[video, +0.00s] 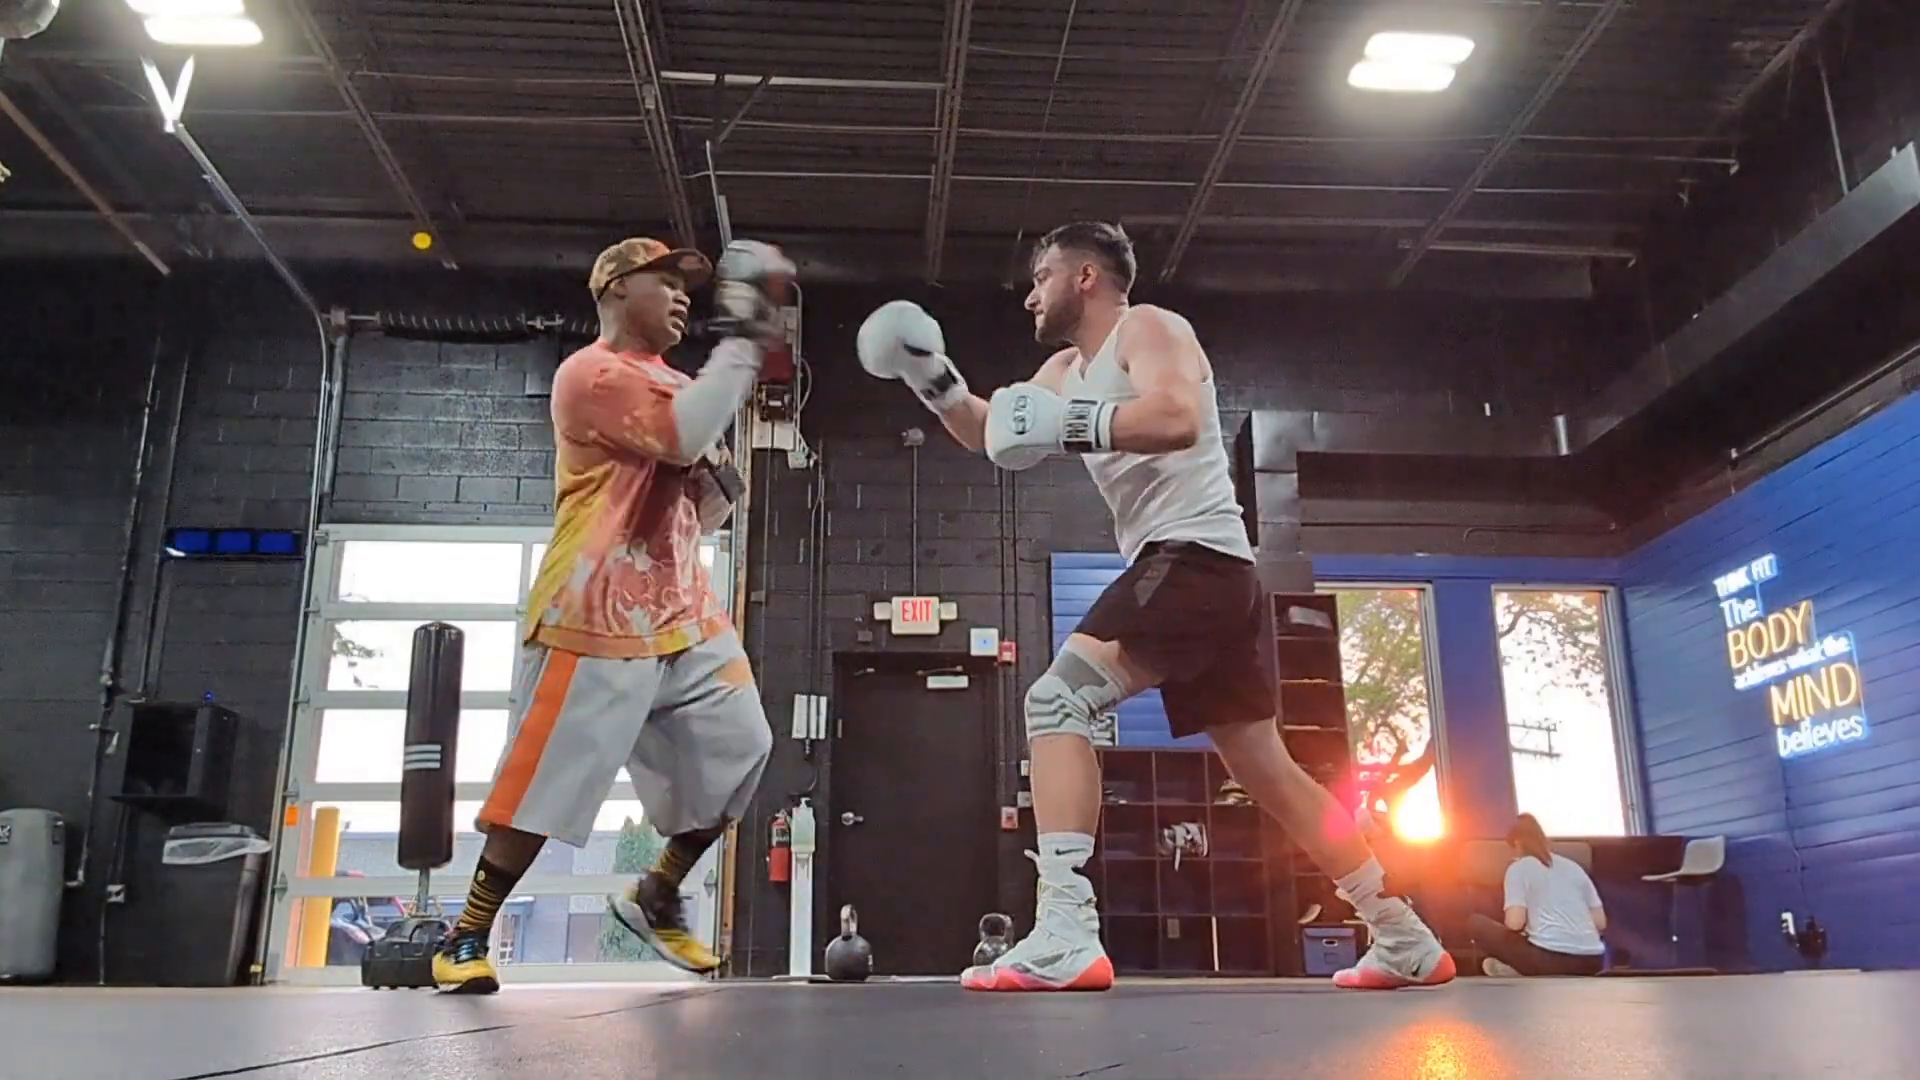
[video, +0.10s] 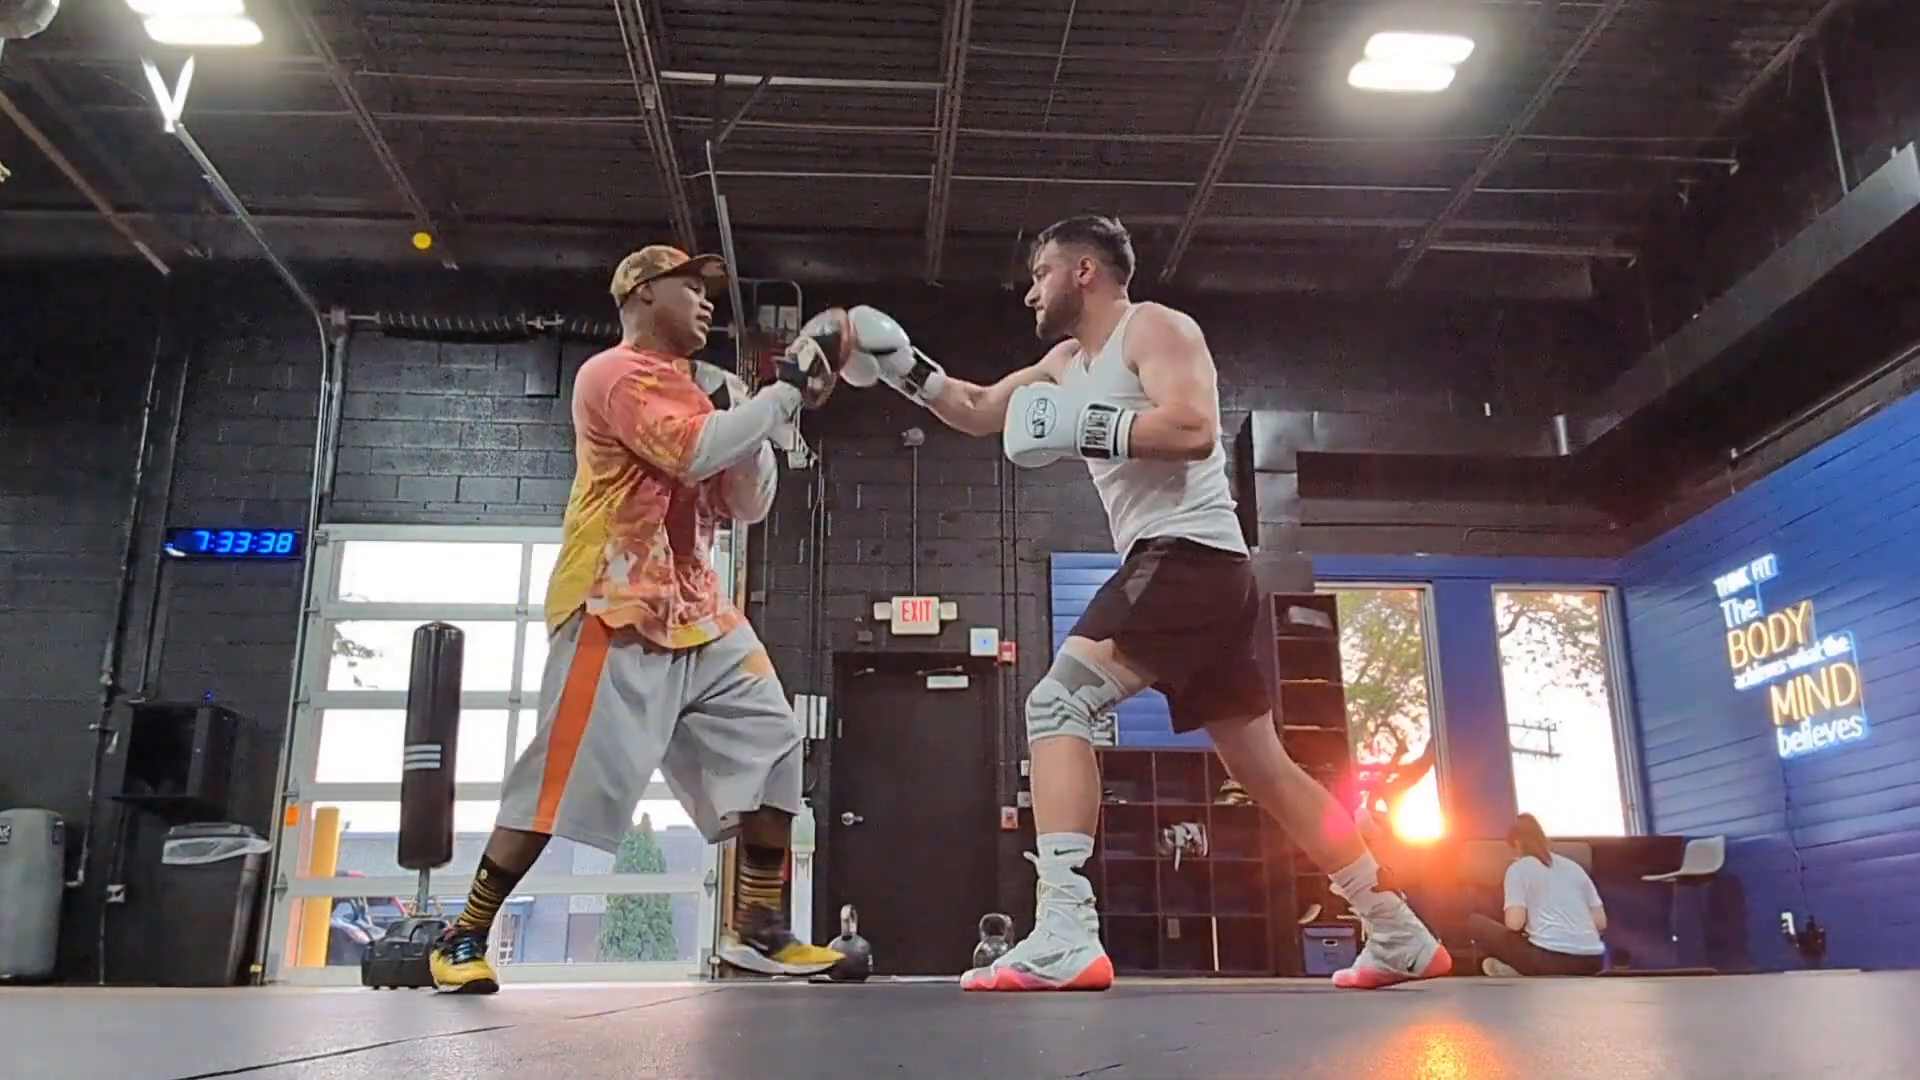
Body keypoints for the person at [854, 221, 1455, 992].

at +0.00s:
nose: (1031, 295)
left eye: (1042, 276)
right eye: (1031, 282)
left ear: (1090, 274)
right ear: (1078, 285)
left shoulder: (1149, 325)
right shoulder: (1061, 370)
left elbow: (1178, 418)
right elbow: (993, 436)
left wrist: (1064, 422)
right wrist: (935, 379)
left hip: (1193, 561)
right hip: (1204, 571)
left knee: (1058, 703)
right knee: (1266, 769)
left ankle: (1064, 933)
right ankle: (1403, 936)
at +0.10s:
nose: (1029, 290)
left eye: (1040, 273)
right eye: (1029, 278)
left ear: (1090, 270)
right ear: (1078, 281)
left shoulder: (1155, 326)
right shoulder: (1060, 366)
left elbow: (1192, 427)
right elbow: (977, 409)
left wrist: (1079, 423)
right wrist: (899, 363)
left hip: (1185, 559)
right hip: (1205, 570)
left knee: (1060, 707)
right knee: (1266, 769)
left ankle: (1063, 934)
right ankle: (1397, 934)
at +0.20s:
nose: (1039, 292)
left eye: (1048, 272)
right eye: (1040, 277)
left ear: (1092, 266)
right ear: (1087, 274)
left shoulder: (1144, 320)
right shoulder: (1106, 368)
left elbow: (1172, 427)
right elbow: (1071, 472)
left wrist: (1073, 439)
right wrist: (994, 428)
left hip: (1185, 553)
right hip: (1222, 559)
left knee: (1065, 714)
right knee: (1255, 762)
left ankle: (1065, 931)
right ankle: (1386, 930)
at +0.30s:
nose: (1067, 322)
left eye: (1072, 304)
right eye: (1067, 308)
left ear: (1107, 290)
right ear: (1133, 297)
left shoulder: (1116, 333)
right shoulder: (1185, 362)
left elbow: (1131, 428)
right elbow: (1148, 498)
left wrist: (1069, 462)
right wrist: (1085, 466)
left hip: (1190, 547)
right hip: (1258, 555)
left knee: (1073, 719)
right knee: (1269, 760)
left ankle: (1064, 930)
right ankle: (1390, 932)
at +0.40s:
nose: (1101, 357)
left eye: (1101, 345)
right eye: (1100, 346)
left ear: (1129, 332)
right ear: (1184, 331)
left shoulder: (1111, 364)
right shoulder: (1245, 382)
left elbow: (1084, 434)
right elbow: (1254, 476)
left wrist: (1088, 508)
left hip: (1192, 543)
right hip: (1281, 550)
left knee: (1075, 718)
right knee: (1284, 756)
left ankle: (1062, 926)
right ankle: (1388, 935)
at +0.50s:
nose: (1121, 353)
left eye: (1125, 341)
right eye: (1124, 344)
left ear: (1148, 331)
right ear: (1199, 338)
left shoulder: (1126, 362)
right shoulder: (1259, 390)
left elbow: (1105, 439)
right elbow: (1266, 489)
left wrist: (1108, 521)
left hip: (1191, 554)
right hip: (1281, 563)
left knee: (1072, 719)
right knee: (1279, 760)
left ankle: (1060, 927)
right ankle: (1389, 939)